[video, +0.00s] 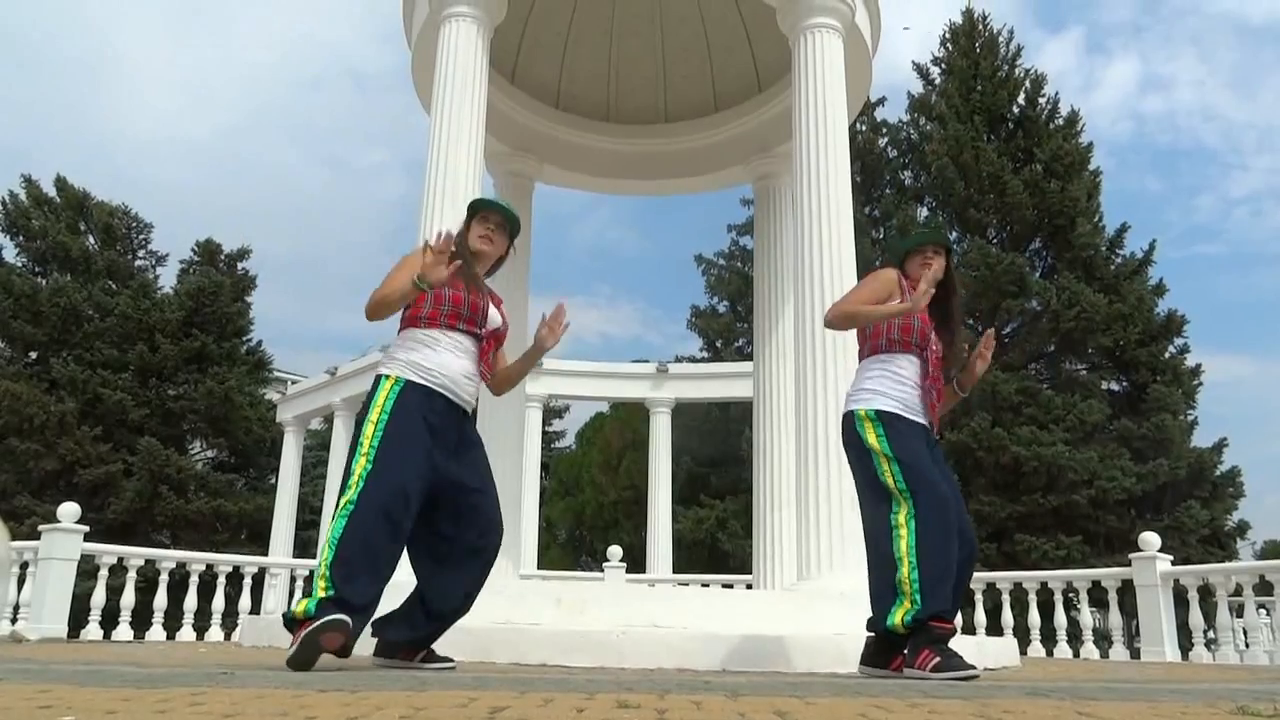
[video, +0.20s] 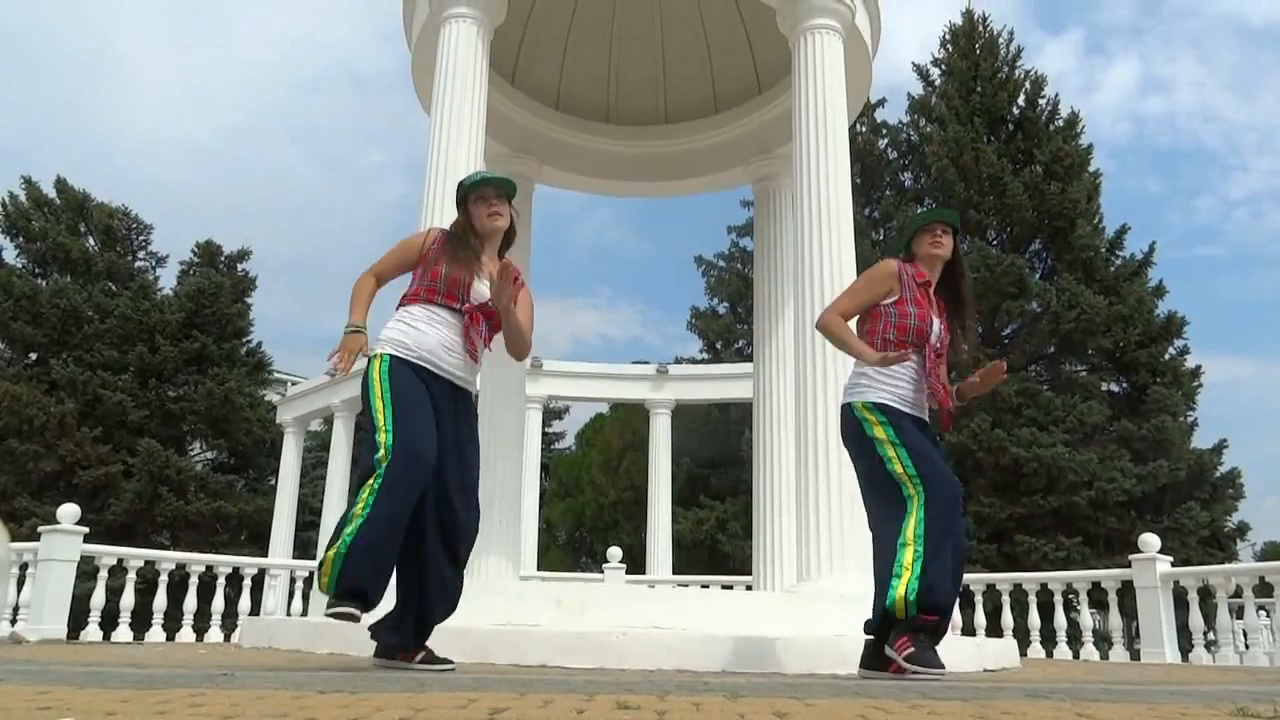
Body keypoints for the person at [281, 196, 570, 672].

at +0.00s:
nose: (489, 232)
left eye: (500, 232)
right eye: (483, 223)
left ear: (505, 252)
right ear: (463, 229)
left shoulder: (494, 308)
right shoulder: (428, 259)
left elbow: (498, 381)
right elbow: (374, 309)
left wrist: (536, 350)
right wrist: (421, 281)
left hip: (458, 416)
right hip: (406, 390)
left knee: (478, 528)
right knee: (381, 496)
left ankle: (404, 639)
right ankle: (328, 616)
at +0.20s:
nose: (493, 206)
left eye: (500, 200)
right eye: (482, 200)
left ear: (511, 215)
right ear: (464, 212)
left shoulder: (513, 279)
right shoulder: (436, 242)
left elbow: (520, 349)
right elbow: (371, 278)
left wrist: (503, 302)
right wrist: (356, 328)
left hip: (456, 386)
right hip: (401, 360)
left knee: (455, 509)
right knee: (409, 462)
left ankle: (402, 636)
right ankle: (350, 586)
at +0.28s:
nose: (486, 193)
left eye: (493, 186)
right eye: (474, 187)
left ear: (505, 199)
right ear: (458, 200)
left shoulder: (515, 263)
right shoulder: (428, 233)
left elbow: (548, 308)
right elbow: (379, 265)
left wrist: (504, 266)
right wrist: (355, 319)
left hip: (453, 379)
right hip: (396, 355)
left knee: (457, 503)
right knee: (426, 439)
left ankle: (406, 634)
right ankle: (376, 554)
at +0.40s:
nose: (467, 183)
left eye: (475, 176)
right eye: (455, 179)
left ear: (493, 191)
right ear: (440, 195)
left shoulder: (504, 250)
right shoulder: (420, 228)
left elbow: (566, 262)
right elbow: (382, 267)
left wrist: (499, 263)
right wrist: (358, 323)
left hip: (457, 387)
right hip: (395, 368)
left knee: (466, 505)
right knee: (418, 443)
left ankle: (413, 637)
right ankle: (391, 575)